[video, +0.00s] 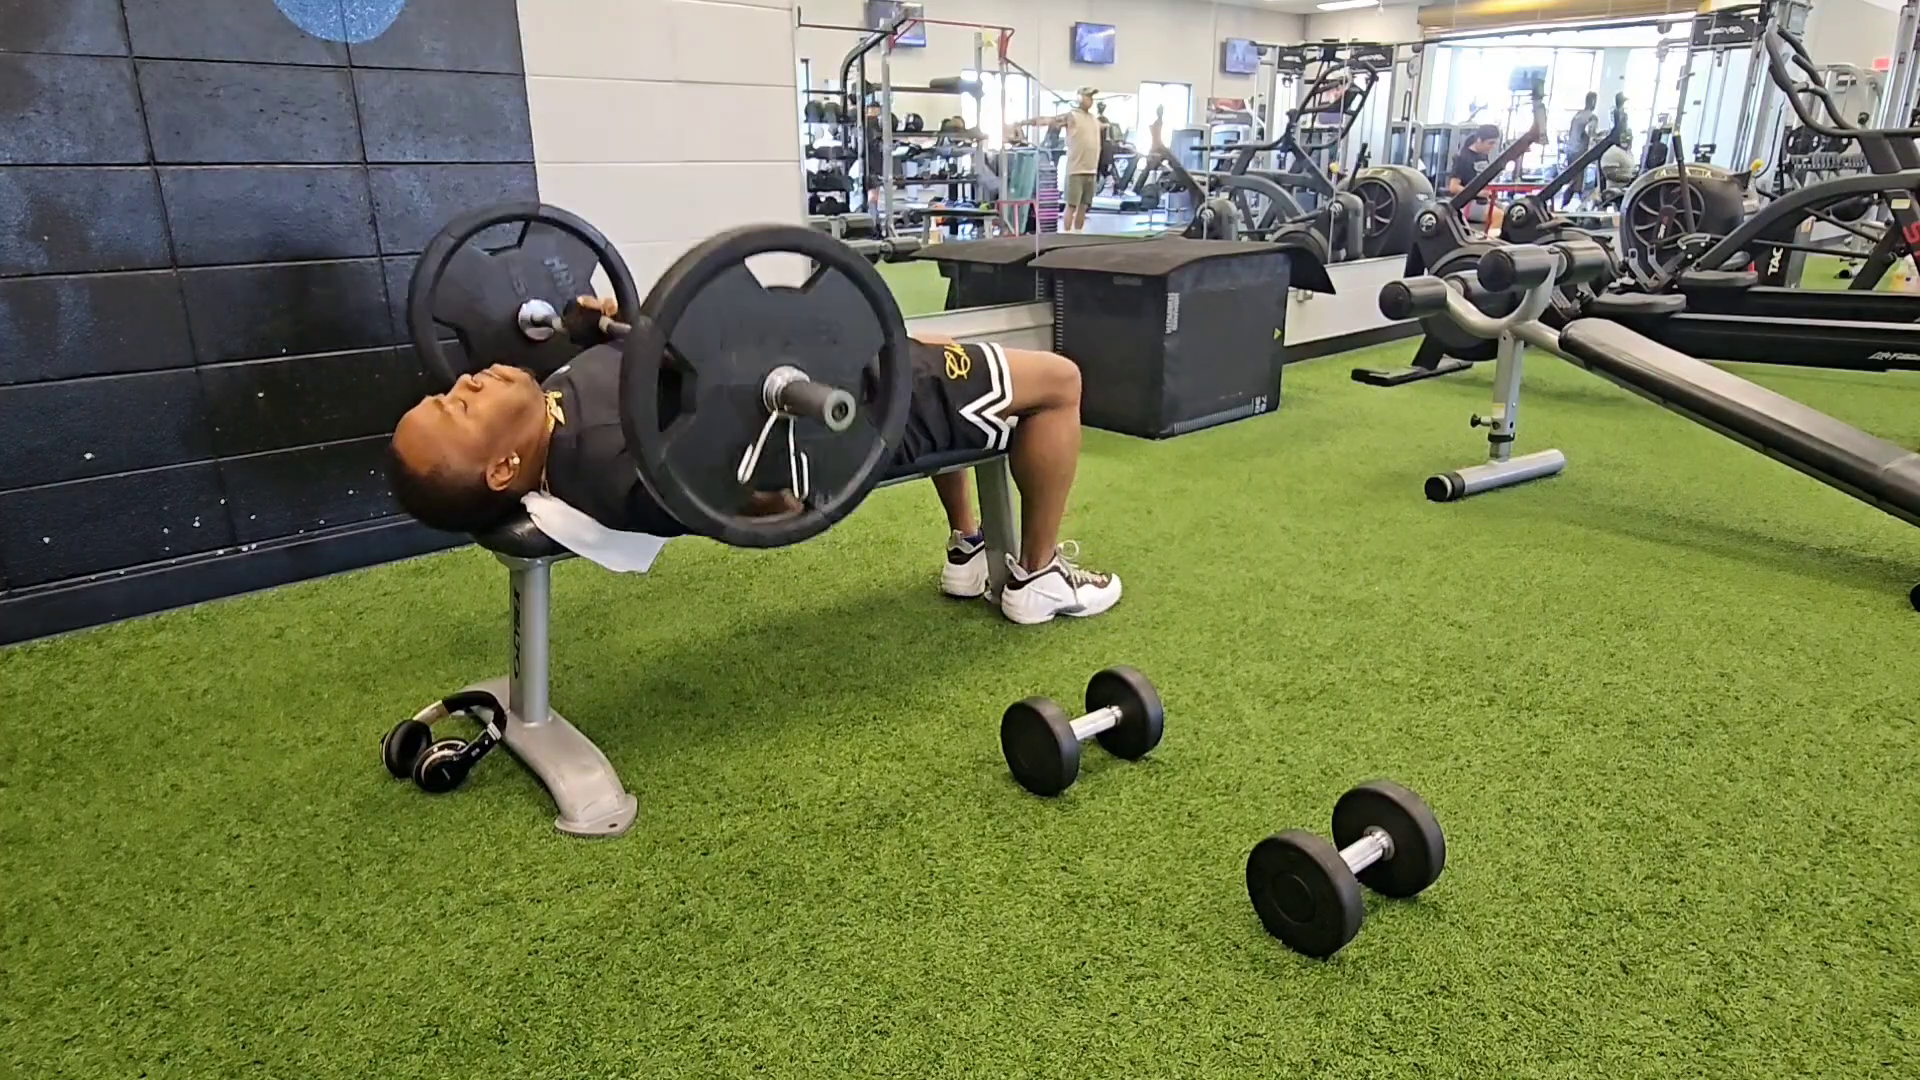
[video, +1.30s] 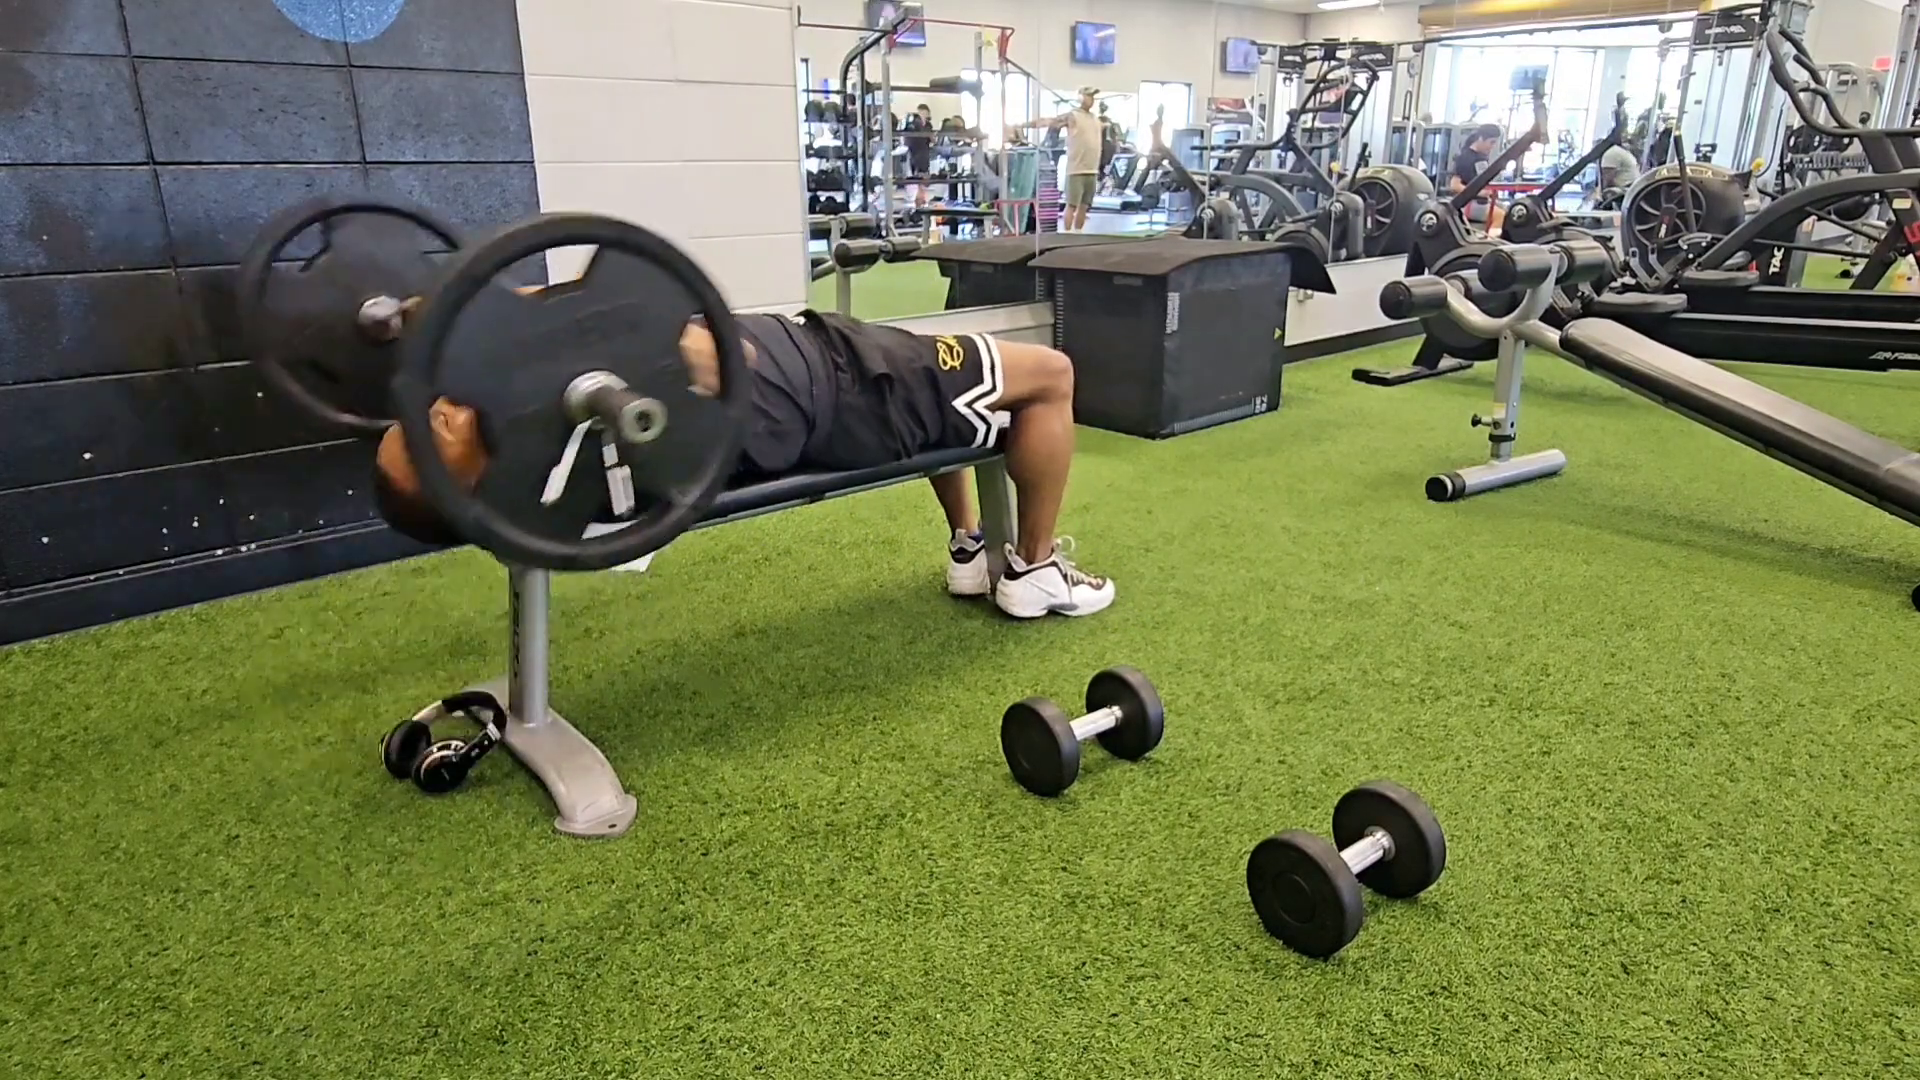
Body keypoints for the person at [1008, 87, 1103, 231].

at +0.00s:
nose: (1091, 100)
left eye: (1091, 97)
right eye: (1088, 97)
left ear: (1090, 100)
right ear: (1080, 98)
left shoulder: (1094, 120)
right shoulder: (1071, 116)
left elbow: (1102, 125)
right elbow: (1048, 121)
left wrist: (1108, 125)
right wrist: (1022, 123)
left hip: (1091, 169)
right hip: (1075, 168)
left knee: (1084, 206)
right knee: (1072, 205)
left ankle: (1078, 235)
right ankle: (1067, 235)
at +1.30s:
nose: (1092, 100)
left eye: (1093, 97)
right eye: (1089, 96)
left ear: (1092, 99)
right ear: (1082, 97)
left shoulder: (1095, 120)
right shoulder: (1072, 116)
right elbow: (1049, 122)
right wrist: (1023, 125)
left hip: (1092, 169)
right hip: (1076, 168)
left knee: (1084, 207)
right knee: (1072, 205)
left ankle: (1077, 235)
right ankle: (1067, 235)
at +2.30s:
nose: (1073, 103)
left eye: (1074, 100)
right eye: (1070, 99)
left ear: (1074, 102)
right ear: (1062, 101)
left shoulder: (1078, 121)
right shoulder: (1053, 119)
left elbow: (1088, 130)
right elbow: (1035, 127)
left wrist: (1102, 133)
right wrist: (1016, 131)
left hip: (1072, 171)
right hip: (1054, 171)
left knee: (1073, 204)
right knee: (1051, 207)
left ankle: (1076, 234)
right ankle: (1047, 234)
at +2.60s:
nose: (1063, 102)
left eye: (1063, 99)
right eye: (1059, 98)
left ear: (1063, 101)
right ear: (1051, 100)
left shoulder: (1068, 120)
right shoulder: (1043, 119)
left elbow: (1082, 128)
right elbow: (1024, 128)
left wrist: (1097, 131)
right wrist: (1007, 129)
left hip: (1063, 169)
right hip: (1046, 170)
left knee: (1063, 201)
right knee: (1043, 205)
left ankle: (1054, 229)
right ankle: (1042, 233)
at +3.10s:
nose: (1054, 105)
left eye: (1055, 102)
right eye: (1051, 102)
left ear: (1055, 105)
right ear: (1044, 103)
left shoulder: (1058, 124)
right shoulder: (1036, 121)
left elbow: (1075, 130)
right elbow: (1024, 131)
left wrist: (1093, 133)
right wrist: (1013, 133)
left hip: (1051, 170)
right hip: (1037, 170)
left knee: (1039, 203)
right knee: (1043, 203)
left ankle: (1030, 230)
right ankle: (1043, 233)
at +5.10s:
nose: (1055, 105)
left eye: (1057, 102)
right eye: (1052, 101)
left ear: (1059, 105)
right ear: (1045, 103)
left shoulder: (1060, 124)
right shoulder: (1036, 120)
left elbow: (1077, 132)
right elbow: (1025, 128)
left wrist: (1094, 134)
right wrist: (1016, 130)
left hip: (1055, 171)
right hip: (1040, 171)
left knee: (1054, 205)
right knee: (1044, 206)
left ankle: (1036, 227)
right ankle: (1041, 233)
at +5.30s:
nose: (1061, 106)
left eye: (1063, 103)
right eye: (1059, 102)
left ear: (1065, 105)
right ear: (1051, 102)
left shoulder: (1064, 123)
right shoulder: (1041, 118)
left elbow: (1081, 131)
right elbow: (1027, 124)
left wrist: (1099, 132)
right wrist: (1016, 124)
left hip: (1061, 169)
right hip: (1044, 170)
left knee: (1068, 201)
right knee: (1043, 205)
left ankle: (1055, 228)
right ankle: (1040, 233)